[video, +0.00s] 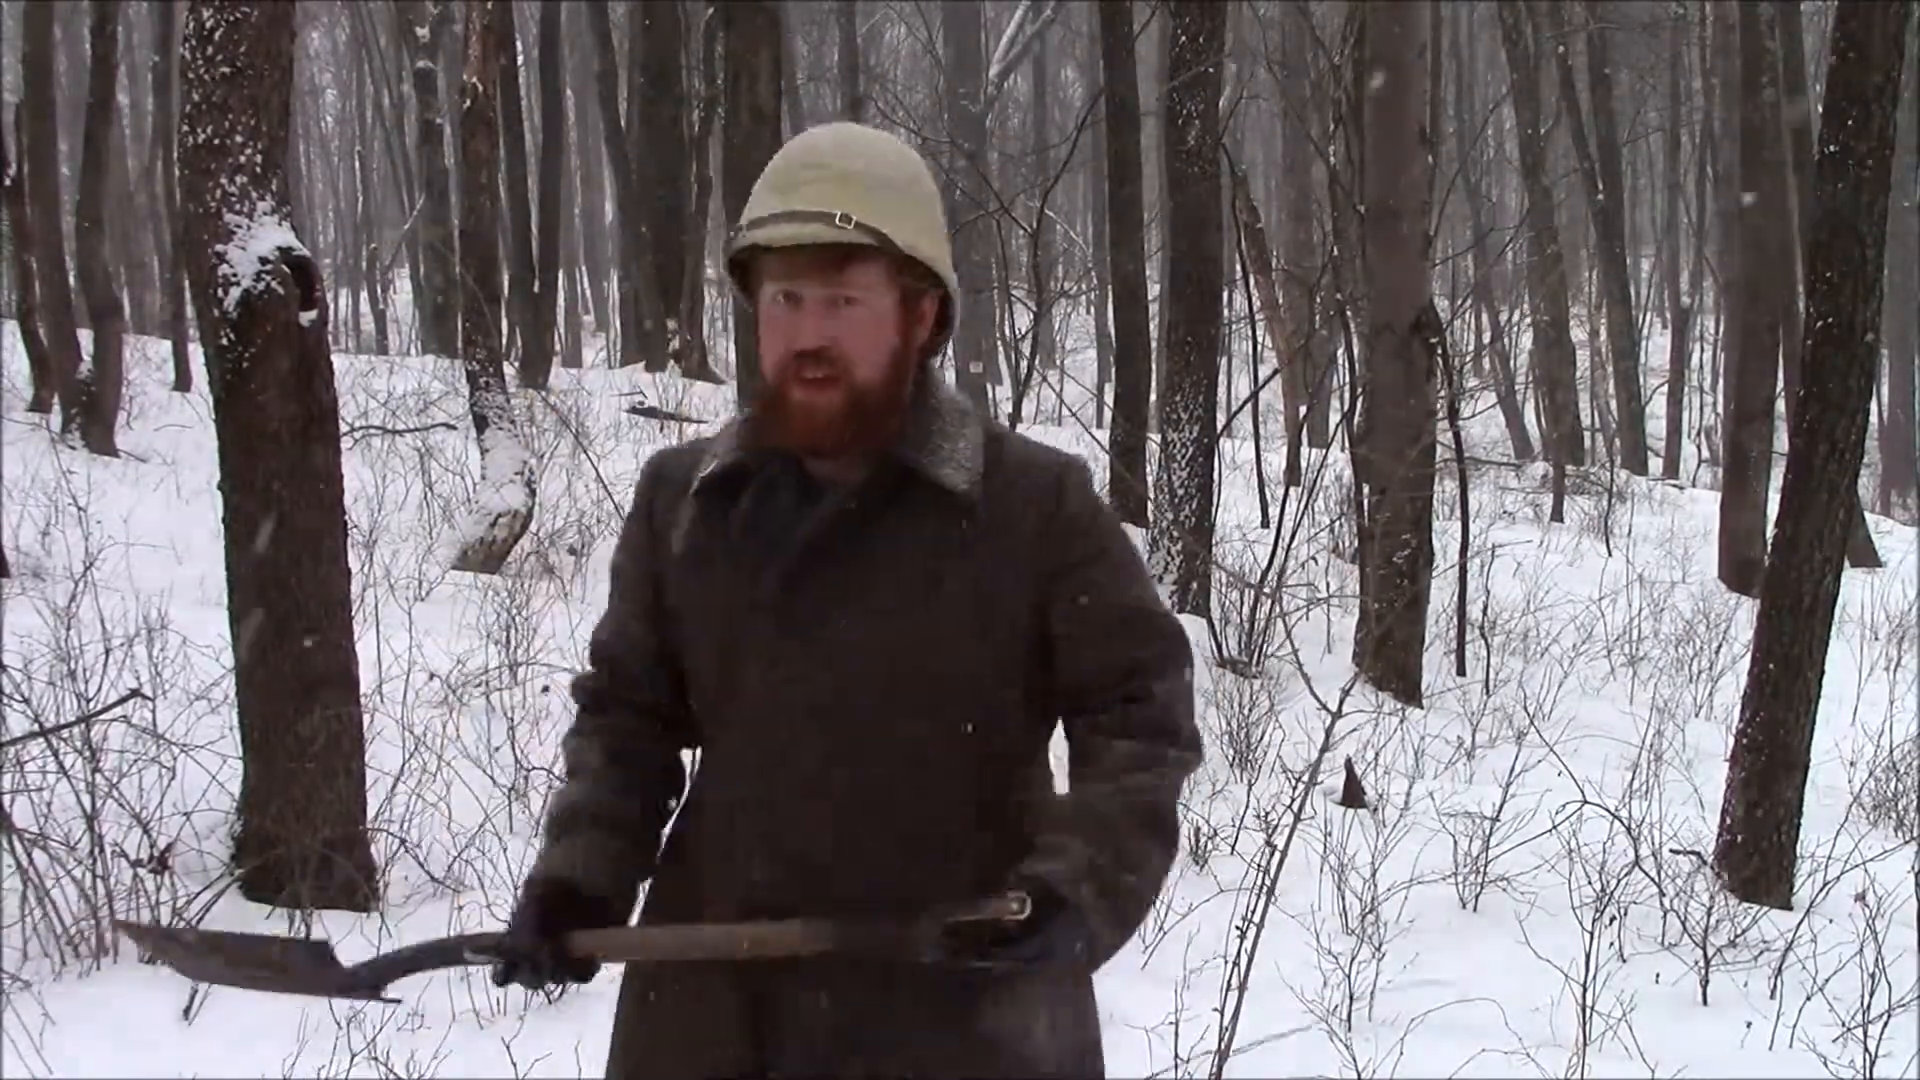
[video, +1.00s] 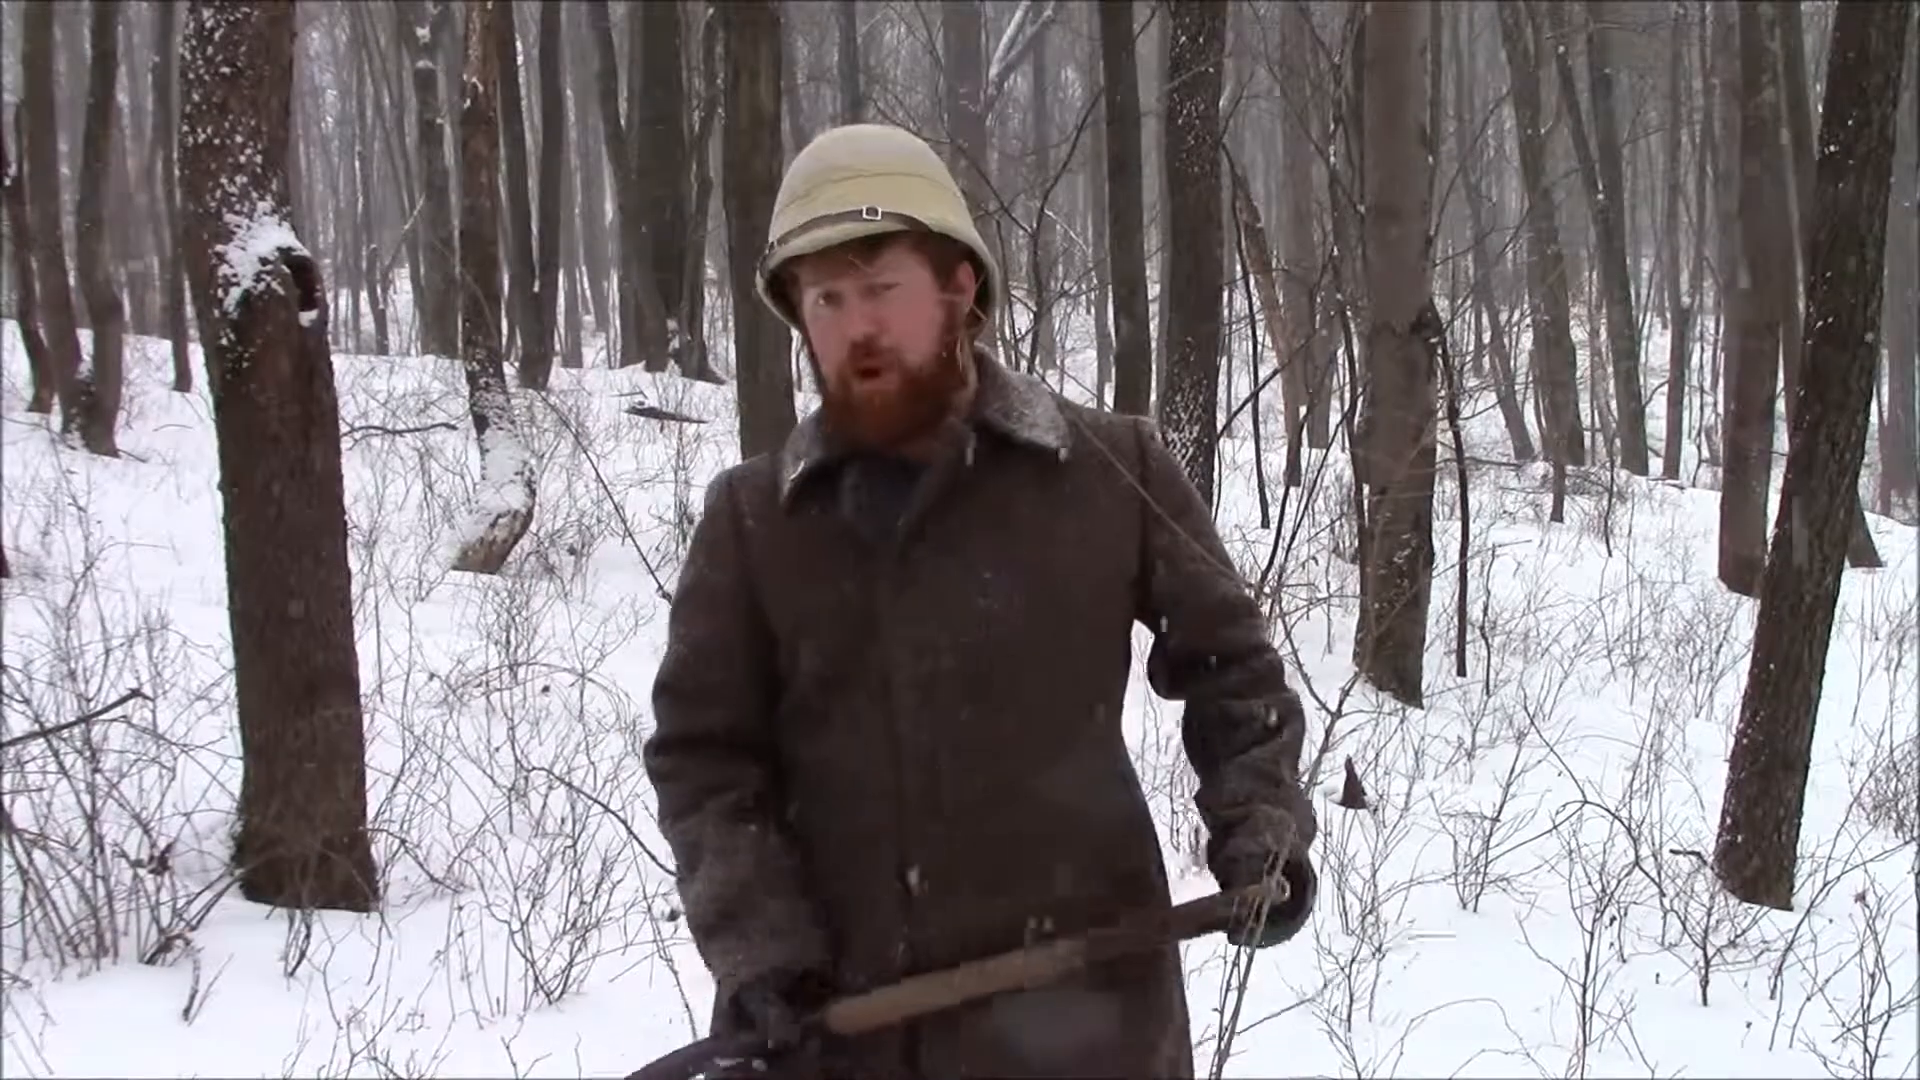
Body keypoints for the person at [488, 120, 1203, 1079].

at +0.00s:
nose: (808, 336)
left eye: (844, 298)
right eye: (784, 300)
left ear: (922, 318)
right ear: (752, 315)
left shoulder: (1034, 508)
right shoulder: (683, 500)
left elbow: (1142, 725)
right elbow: (627, 711)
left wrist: (1071, 894)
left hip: (961, 1010)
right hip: (719, 1005)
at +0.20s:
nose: (865, 321)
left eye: (892, 286)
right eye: (837, 291)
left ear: (966, 299)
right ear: (803, 315)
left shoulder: (1096, 486)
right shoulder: (738, 511)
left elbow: (1227, 693)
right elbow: (694, 735)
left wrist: (1228, 864)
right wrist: (713, 909)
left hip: (1042, 1004)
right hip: (800, 1011)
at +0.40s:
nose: (880, 320)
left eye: (908, 285)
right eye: (853, 292)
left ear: (985, 293)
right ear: (827, 317)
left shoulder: (1128, 483)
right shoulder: (774, 514)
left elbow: (1243, 690)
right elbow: (722, 726)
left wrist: (1218, 861)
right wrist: (699, 860)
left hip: (1080, 1011)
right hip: (832, 1014)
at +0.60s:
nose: (880, 329)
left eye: (906, 290)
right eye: (851, 303)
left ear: (983, 290)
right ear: (826, 328)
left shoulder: (1130, 472)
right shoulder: (782, 518)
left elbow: (1223, 644)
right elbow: (692, 712)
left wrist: (1099, 726)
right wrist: (554, 798)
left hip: (1089, 995)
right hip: (852, 1005)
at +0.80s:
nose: (865, 319)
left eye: (890, 280)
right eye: (834, 290)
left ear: (969, 283)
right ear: (808, 318)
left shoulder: (1121, 473)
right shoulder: (761, 514)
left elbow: (1232, 655)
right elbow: (709, 717)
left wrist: (1198, 778)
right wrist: (667, 822)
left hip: (1077, 1005)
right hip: (833, 1009)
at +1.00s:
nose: (858, 329)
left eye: (884, 287)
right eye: (828, 300)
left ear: (962, 289)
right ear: (799, 322)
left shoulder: (1116, 473)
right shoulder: (749, 520)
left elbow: (1230, 668)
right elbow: (701, 760)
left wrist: (1259, 827)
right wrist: (763, 955)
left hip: (1084, 1014)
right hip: (847, 1027)